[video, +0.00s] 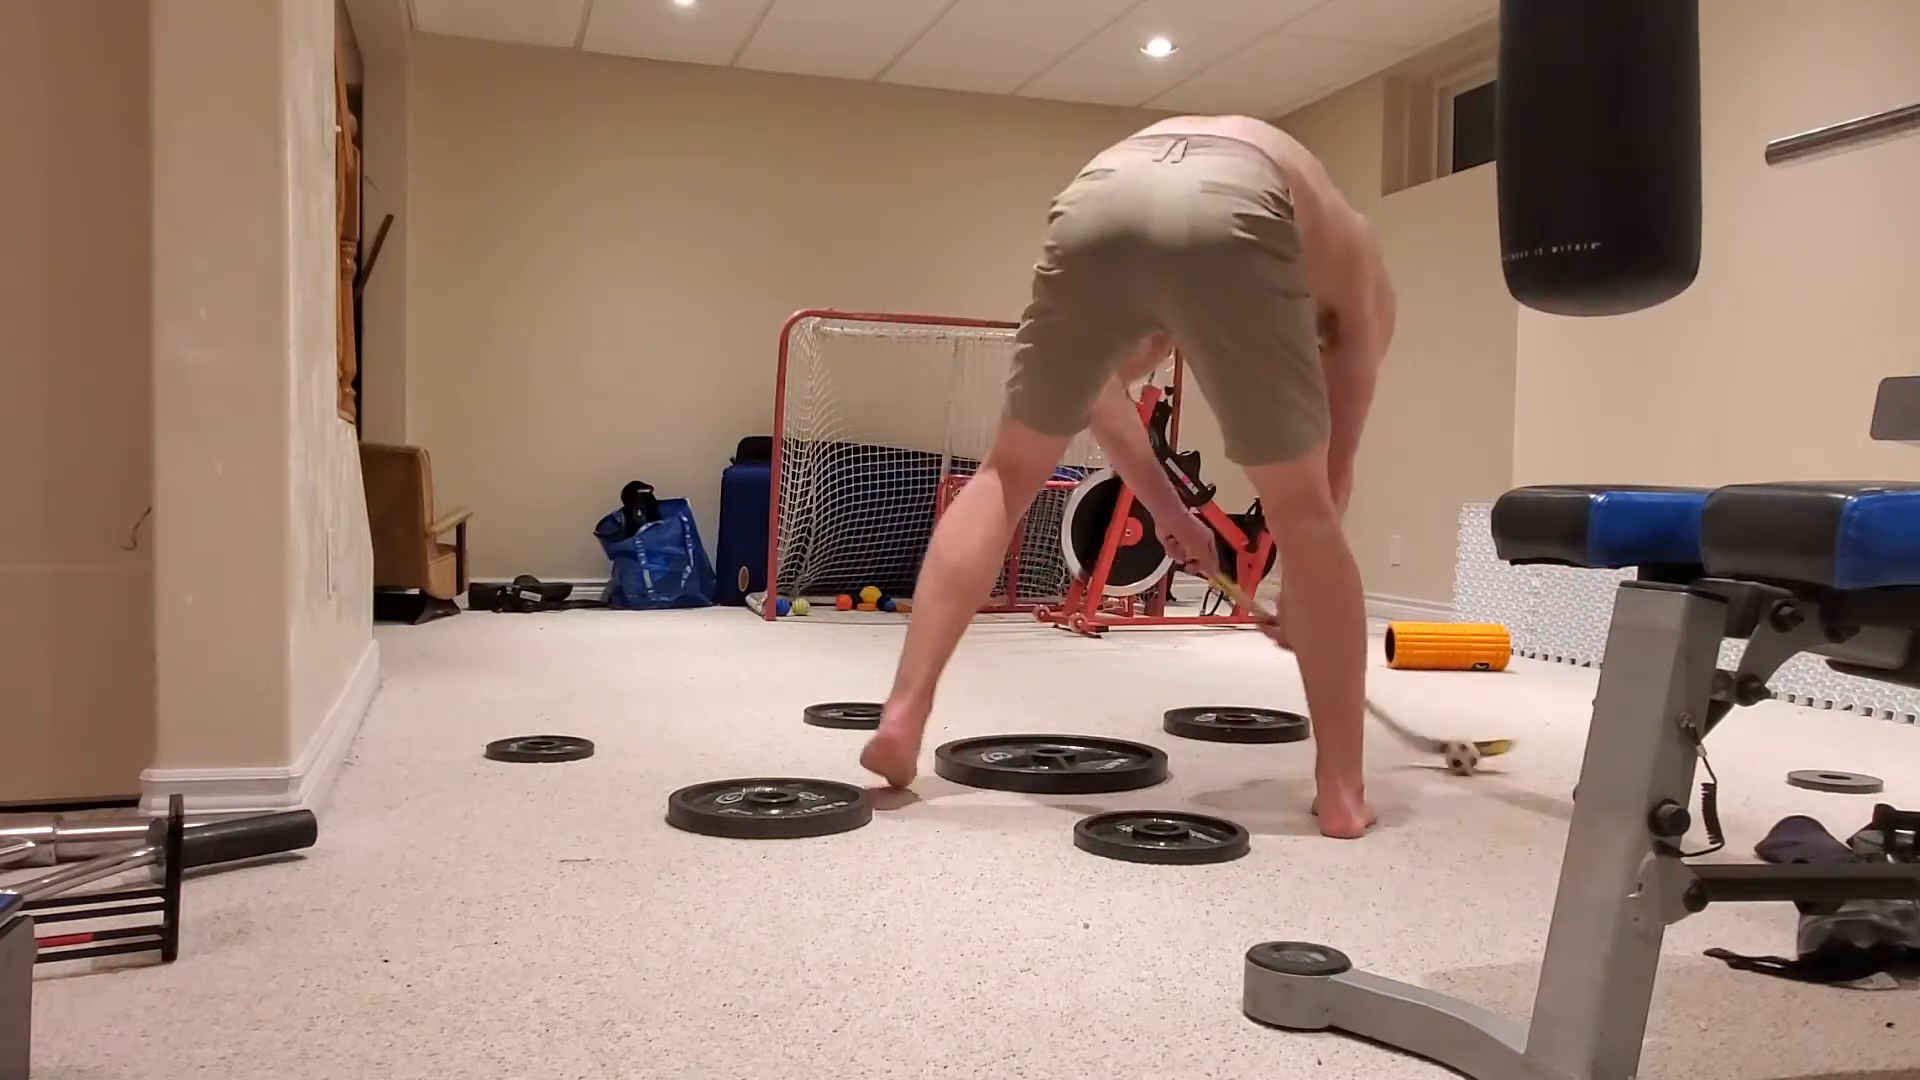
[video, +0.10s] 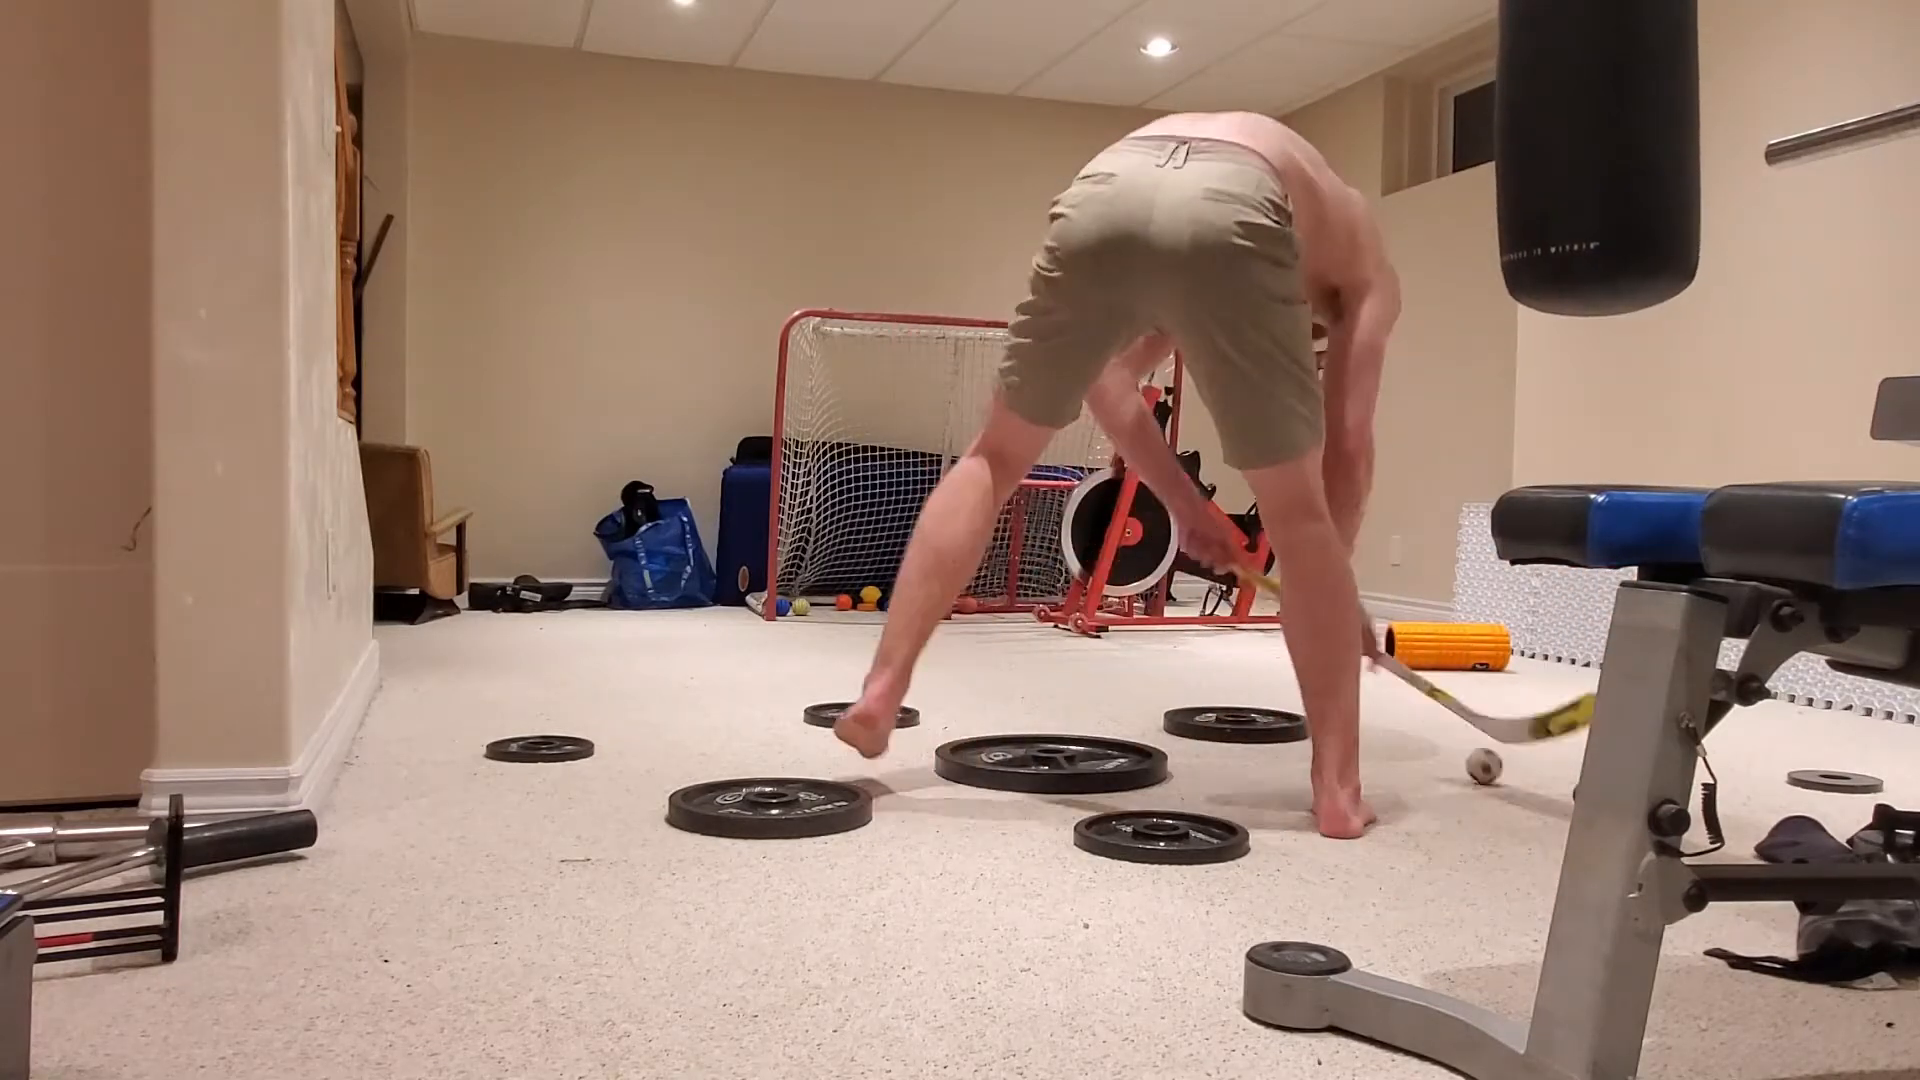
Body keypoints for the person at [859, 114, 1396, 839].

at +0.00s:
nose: (1149, 363)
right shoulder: (1359, 288)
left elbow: (1099, 394)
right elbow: (1331, 480)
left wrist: (1171, 513)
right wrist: (1301, 609)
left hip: (1097, 194)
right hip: (1235, 211)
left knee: (1004, 476)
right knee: (1309, 521)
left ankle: (901, 716)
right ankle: (1339, 791)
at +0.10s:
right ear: (1346, 295)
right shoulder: (1367, 273)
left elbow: (1111, 392)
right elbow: (1348, 441)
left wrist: (1190, 509)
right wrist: (1332, 579)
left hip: (1101, 191)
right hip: (1237, 210)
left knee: (990, 460)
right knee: (1300, 516)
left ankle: (881, 689)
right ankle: (1337, 788)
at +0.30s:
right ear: (1277, 287)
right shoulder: (1303, 260)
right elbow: (1287, 388)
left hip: (1053, 217)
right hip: (1185, 230)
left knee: (944, 477)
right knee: (1272, 527)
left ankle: (846, 686)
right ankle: (1331, 789)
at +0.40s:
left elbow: (946, 208)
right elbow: (1183, 394)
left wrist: (960, 338)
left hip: (1019, 241)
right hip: (1139, 249)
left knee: (925, 504)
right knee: (1239, 533)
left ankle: (840, 721)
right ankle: (1325, 789)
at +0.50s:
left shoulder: (986, 211)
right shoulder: (1150, 259)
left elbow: (888, 232)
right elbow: (1097, 419)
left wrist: (903, 370)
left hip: (989, 252)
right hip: (1109, 267)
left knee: (897, 519)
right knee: (1205, 547)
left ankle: (839, 737)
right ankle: (1316, 786)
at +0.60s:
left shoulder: (941, 199)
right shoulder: (1085, 246)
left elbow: (840, 278)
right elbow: (1015, 442)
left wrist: (860, 423)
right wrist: (926, 528)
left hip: (957, 248)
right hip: (1075, 258)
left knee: (877, 516)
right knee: (1173, 536)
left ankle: (835, 736)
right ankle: (1302, 761)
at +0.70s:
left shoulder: (898, 203)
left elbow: (820, 299)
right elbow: (988, 436)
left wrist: (851, 422)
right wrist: (906, 538)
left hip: (938, 242)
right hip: (1051, 244)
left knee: (867, 512)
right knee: (1152, 515)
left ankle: (834, 735)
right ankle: (1279, 697)